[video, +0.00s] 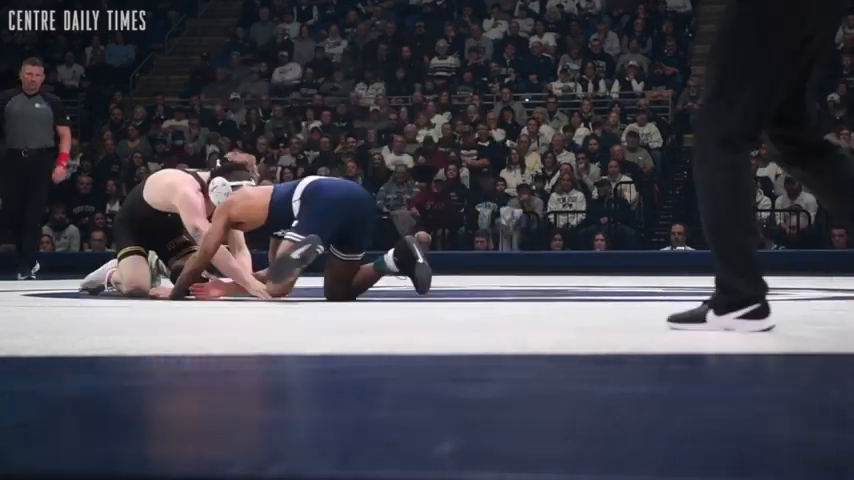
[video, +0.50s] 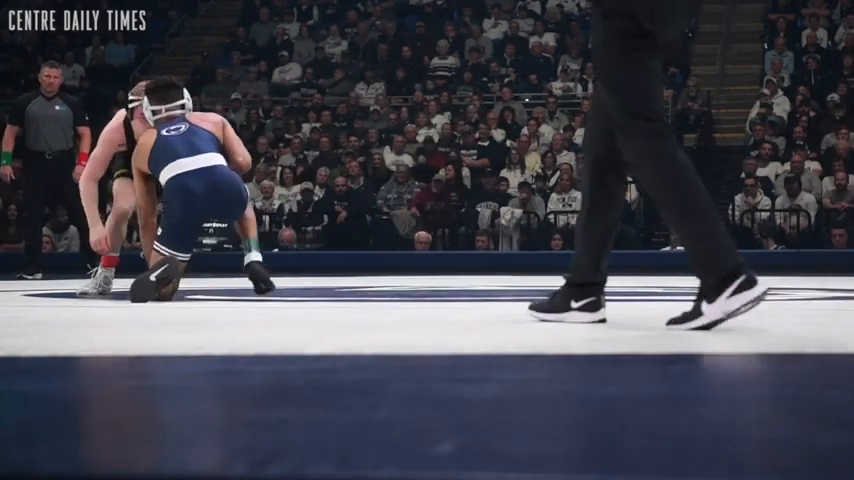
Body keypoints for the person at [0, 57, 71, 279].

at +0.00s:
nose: (32, 79)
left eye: (37, 75)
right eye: (28, 74)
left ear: (43, 77)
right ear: (20, 76)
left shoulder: (52, 102)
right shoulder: (7, 100)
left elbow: (65, 134)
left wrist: (62, 163)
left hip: (41, 161)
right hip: (12, 161)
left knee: (34, 213)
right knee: (13, 212)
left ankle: (26, 266)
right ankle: (27, 261)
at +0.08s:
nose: (33, 80)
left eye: (37, 76)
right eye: (29, 75)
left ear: (44, 78)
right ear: (21, 77)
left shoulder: (53, 102)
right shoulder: (8, 101)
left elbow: (67, 133)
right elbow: (4, 130)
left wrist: (64, 162)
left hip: (43, 162)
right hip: (15, 162)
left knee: (35, 213)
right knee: (17, 213)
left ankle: (32, 264)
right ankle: (25, 264)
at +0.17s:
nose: (34, 80)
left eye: (39, 76)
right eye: (30, 76)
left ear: (45, 79)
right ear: (23, 77)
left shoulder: (55, 103)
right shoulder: (11, 103)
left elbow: (69, 133)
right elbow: (4, 131)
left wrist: (66, 162)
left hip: (46, 162)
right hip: (18, 162)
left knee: (40, 212)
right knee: (21, 211)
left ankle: (34, 265)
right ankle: (27, 263)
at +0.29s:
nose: (38, 80)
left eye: (43, 76)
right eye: (34, 76)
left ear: (49, 78)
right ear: (26, 78)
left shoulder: (60, 102)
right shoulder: (13, 102)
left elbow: (73, 133)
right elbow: (2, 132)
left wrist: (69, 161)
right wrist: (0, 160)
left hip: (51, 162)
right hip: (22, 163)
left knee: (48, 210)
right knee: (25, 211)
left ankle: (47, 263)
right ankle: (30, 263)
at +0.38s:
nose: (42, 80)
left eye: (46, 76)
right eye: (37, 75)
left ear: (52, 78)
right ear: (30, 77)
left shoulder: (64, 102)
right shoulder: (16, 102)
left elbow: (76, 132)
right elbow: (4, 131)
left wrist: (72, 161)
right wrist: (2, 160)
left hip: (56, 162)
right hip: (27, 163)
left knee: (60, 210)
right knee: (28, 212)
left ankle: (62, 260)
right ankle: (32, 262)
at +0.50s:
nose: (51, 81)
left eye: (56, 77)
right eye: (48, 77)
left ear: (61, 80)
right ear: (40, 78)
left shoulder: (72, 104)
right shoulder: (25, 102)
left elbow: (85, 134)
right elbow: (10, 132)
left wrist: (82, 162)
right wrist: (5, 161)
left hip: (65, 164)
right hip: (35, 164)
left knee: (79, 211)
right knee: (32, 214)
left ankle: (93, 261)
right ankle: (33, 266)